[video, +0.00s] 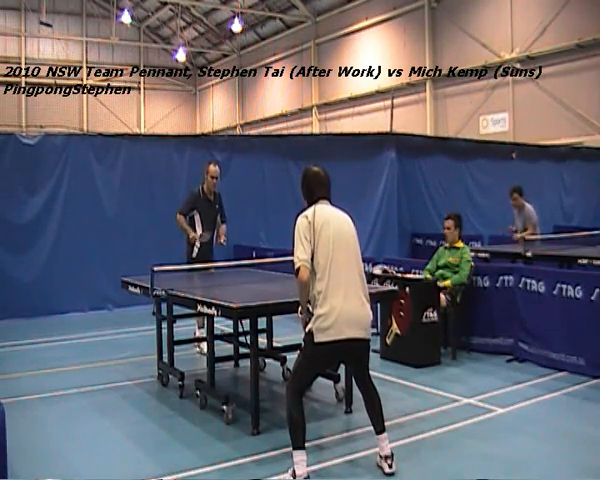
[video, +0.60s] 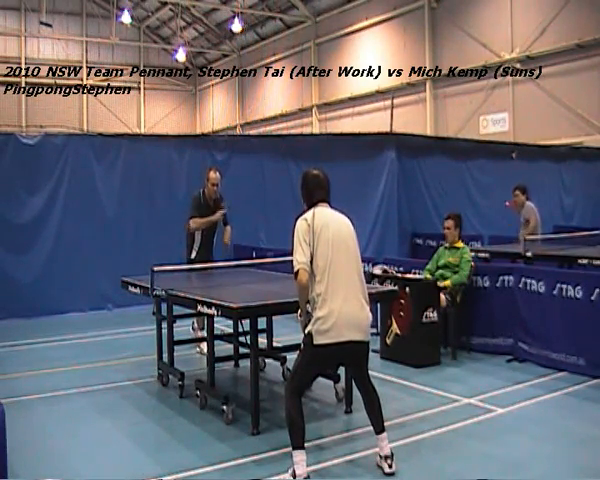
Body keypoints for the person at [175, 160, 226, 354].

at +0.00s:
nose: (215, 181)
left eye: (217, 178)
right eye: (212, 177)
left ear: (219, 178)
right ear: (205, 177)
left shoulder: (217, 197)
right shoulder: (195, 196)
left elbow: (222, 220)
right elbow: (179, 215)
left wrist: (221, 233)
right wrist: (190, 232)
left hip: (209, 249)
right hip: (196, 249)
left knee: (209, 291)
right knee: (199, 292)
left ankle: (202, 332)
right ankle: (200, 332)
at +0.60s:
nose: (215, 188)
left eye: (218, 184)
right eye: (212, 184)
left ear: (220, 184)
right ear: (206, 183)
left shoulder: (219, 200)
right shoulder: (198, 199)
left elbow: (226, 223)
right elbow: (193, 224)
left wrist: (226, 235)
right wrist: (215, 218)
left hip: (209, 252)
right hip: (195, 253)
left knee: (209, 292)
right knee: (199, 294)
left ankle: (198, 325)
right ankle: (200, 332)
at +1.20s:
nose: (220, 191)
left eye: (222, 188)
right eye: (219, 187)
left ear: (219, 188)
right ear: (209, 185)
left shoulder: (208, 200)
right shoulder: (203, 201)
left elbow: (211, 224)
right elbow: (216, 224)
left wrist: (224, 233)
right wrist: (226, 214)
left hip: (202, 252)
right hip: (196, 253)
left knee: (207, 289)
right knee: (203, 294)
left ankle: (199, 322)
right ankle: (202, 334)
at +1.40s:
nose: (222, 190)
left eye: (224, 187)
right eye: (220, 185)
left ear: (223, 187)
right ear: (211, 183)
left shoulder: (217, 202)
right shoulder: (201, 197)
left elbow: (214, 228)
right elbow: (185, 181)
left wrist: (218, 247)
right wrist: (190, 187)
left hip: (204, 249)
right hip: (190, 248)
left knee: (204, 286)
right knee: (193, 288)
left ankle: (199, 325)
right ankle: (192, 328)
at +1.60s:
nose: (217, 183)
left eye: (219, 181)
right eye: (215, 179)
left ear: (221, 182)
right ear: (207, 176)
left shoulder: (216, 198)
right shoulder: (196, 188)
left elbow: (214, 226)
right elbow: (174, 185)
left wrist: (216, 248)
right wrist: (168, 195)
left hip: (204, 248)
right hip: (189, 247)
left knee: (203, 287)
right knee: (185, 288)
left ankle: (198, 324)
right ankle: (180, 329)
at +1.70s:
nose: (214, 186)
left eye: (217, 183)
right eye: (213, 181)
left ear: (218, 183)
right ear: (206, 178)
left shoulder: (213, 201)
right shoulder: (192, 192)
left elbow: (214, 230)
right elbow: (171, 197)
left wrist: (218, 250)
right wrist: (166, 220)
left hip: (204, 253)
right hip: (188, 252)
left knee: (204, 291)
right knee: (183, 293)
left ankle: (198, 325)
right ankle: (179, 332)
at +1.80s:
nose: (214, 186)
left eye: (216, 183)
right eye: (212, 182)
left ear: (216, 184)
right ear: (204, 180)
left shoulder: (212, 202)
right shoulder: (191, 195)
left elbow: (212, 230)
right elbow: (170, 208)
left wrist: (216, 250)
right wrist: (168, 237)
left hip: (203, 254)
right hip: (188, 254)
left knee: (204, 291)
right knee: (183, 295)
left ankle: (200, 322)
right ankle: (179, 333)